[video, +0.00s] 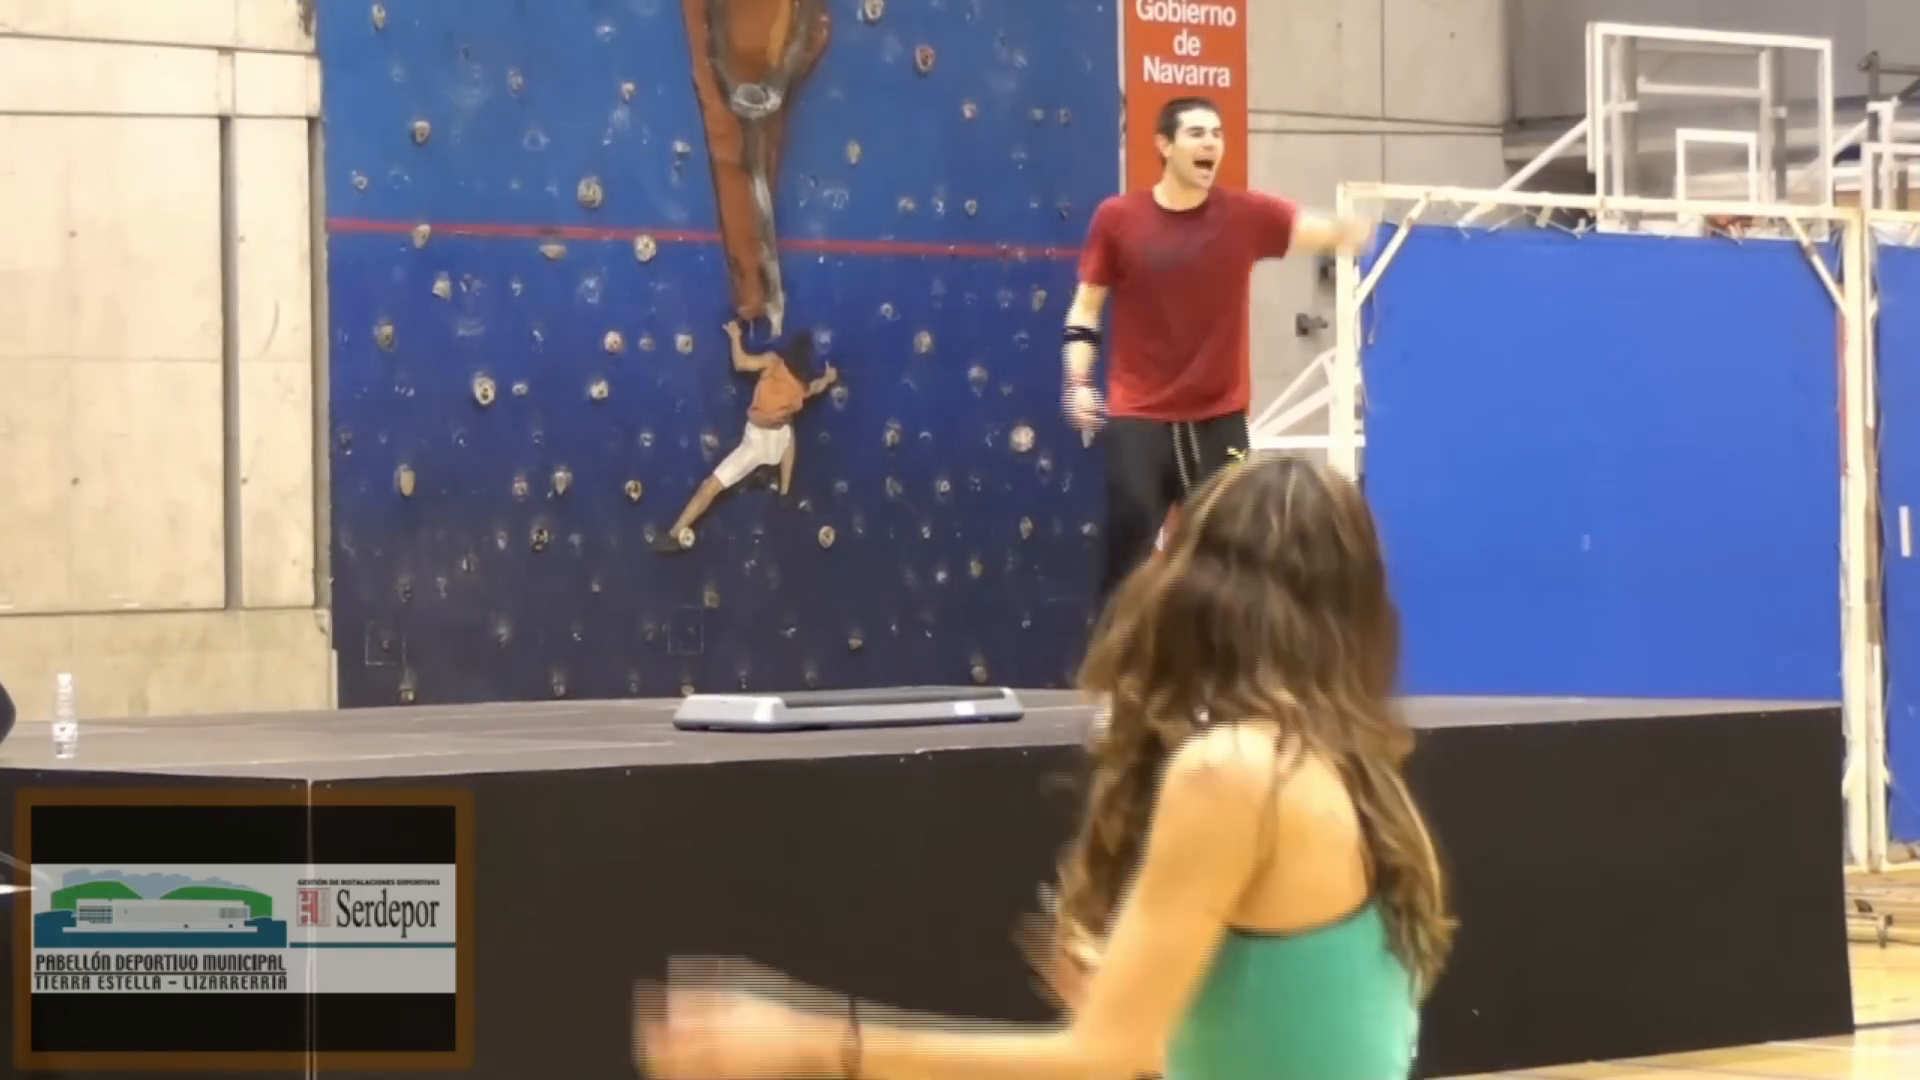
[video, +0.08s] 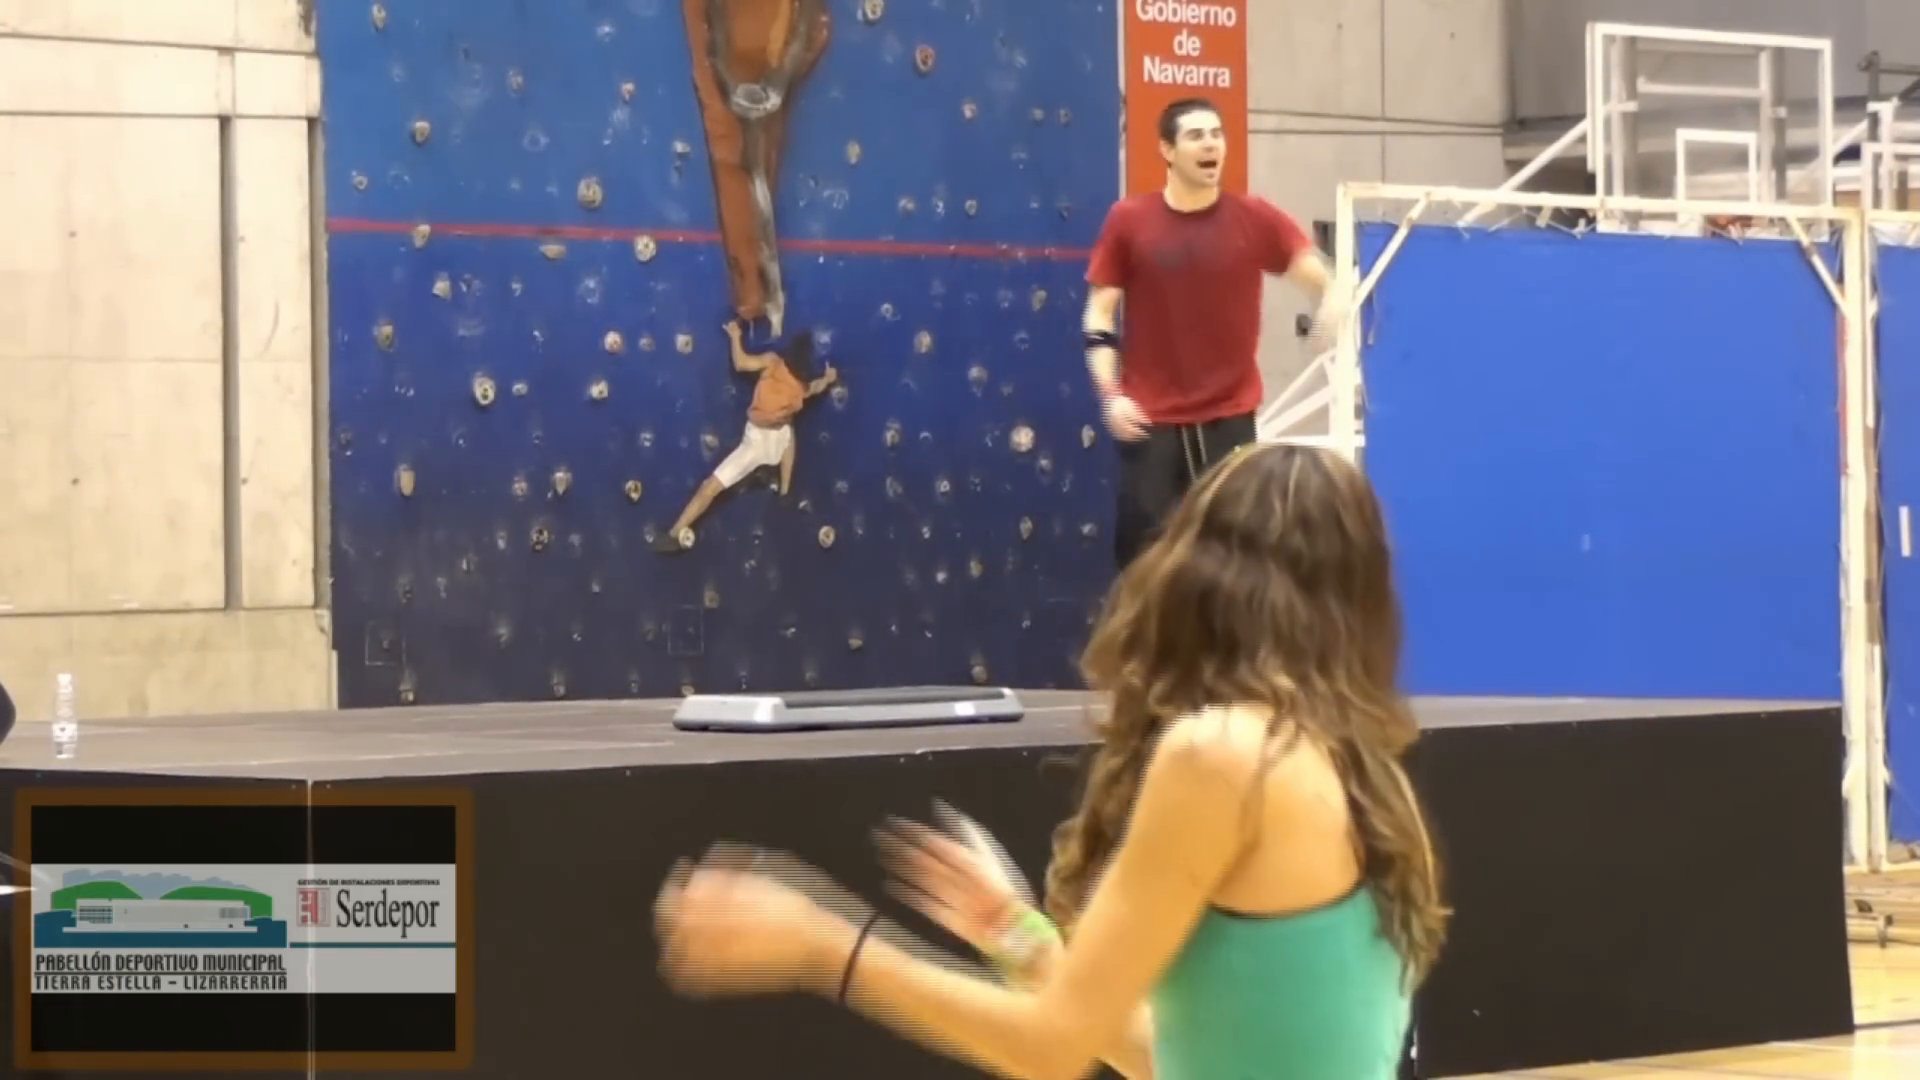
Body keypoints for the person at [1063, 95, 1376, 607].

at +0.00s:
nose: (1209, 145)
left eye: (1216, 135)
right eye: (1195, 133)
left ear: (1224, 147)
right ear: (1164, 145)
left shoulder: (1243, 213)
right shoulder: (1118, 217)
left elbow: (1326, 233)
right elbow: (1087, 307)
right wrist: (1078, 382)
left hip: (1218, 413)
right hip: (1139, 414)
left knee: (1231, 540)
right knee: (1130, 529)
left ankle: (1234, 665)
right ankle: (1116, 663)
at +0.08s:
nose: (1210, 146)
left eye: (1217, 135)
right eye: (1195, 136)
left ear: (1226, 145)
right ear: (1167, 151)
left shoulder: (1253, 218)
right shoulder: (1130, 220)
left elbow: (1325, 284)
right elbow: (1100, 313)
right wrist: (1111, 396)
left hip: (1230, 417)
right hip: (1151, 422)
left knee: (1236, 550)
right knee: (1147, 560)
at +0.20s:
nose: (1200, 160)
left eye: (1207, 147)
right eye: (1185, 152)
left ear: (1224, 155)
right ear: (1168, 170)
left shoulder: (1269, 236)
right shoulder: (1143, 240)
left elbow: (1299, 330)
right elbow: (1128, 336)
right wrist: (1150, 415)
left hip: (1247, 442)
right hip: (1169, 445)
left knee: (1249, 577)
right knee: (1170, 585)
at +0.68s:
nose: (1273, 187)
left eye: (1282, 176)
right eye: (1260, 178)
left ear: (1299, 181)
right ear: (1242, 188)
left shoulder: (1338, 248)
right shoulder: (1222, 254)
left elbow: (1373, 338)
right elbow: (1205, 332)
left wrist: (1325, 402)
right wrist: (1199, 388)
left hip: (1323, 437)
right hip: (1248, 436)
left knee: (1332, 568)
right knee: (1231, 556)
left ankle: (1352, 686)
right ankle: (1209, 679)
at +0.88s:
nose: (1307, 171)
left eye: (1315, 159)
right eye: (1294, 161)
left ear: (1328, 163)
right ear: (1273, 169)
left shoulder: (1364, 225)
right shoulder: (1245, 234)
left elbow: (1400, 311)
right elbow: (1235, 317)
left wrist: (1359, 375)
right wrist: (1243, 383)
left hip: (1348, 416)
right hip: (1274, 419)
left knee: (1351, 553)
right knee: (1270, 554)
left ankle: (1354, 673)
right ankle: (1289, 667)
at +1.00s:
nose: (1324, 174)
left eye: (1330, 163)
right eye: (1310, 166)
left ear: (1339, 168)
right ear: (1284, 174)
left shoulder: (1373, 230)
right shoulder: (1255, 240)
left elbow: (1412, 313)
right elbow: (1237, 322)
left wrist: (1375, 384)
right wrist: (1264, 386)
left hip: (1355, 417)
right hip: (1288, 422)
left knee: (1353, 540)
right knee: (1298, 548)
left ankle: (1358, 677)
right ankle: (1319, 669)